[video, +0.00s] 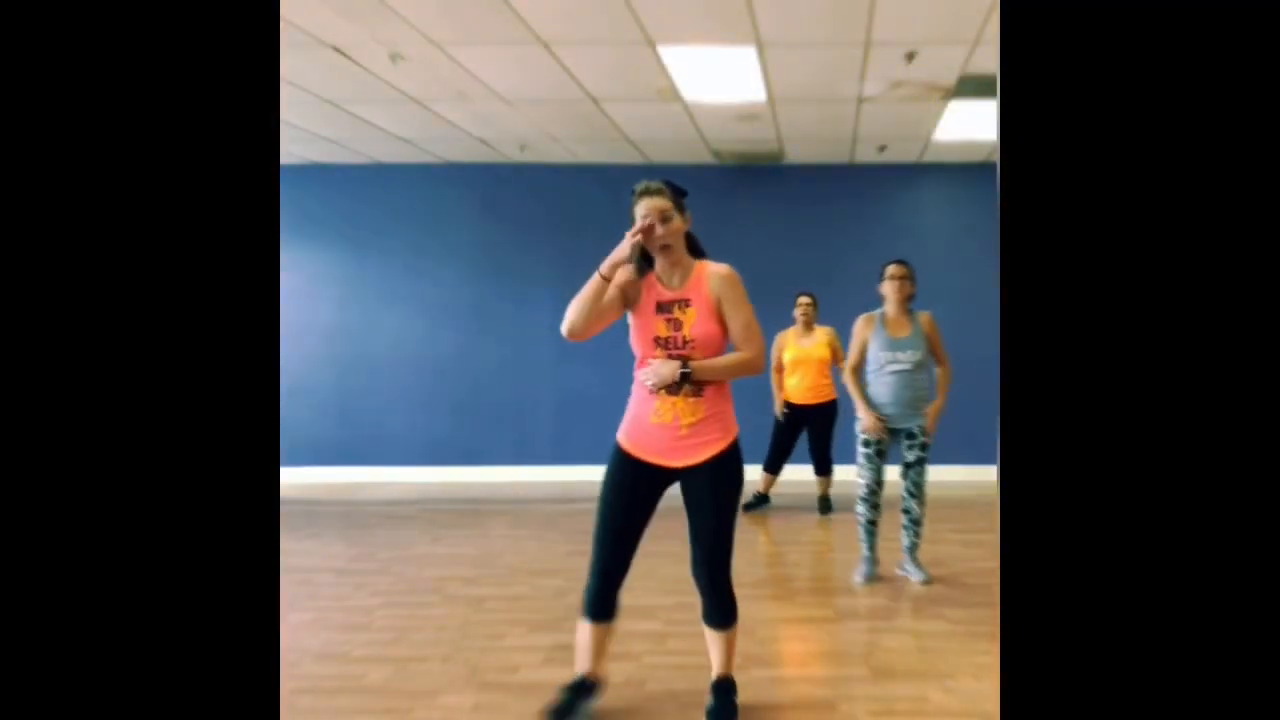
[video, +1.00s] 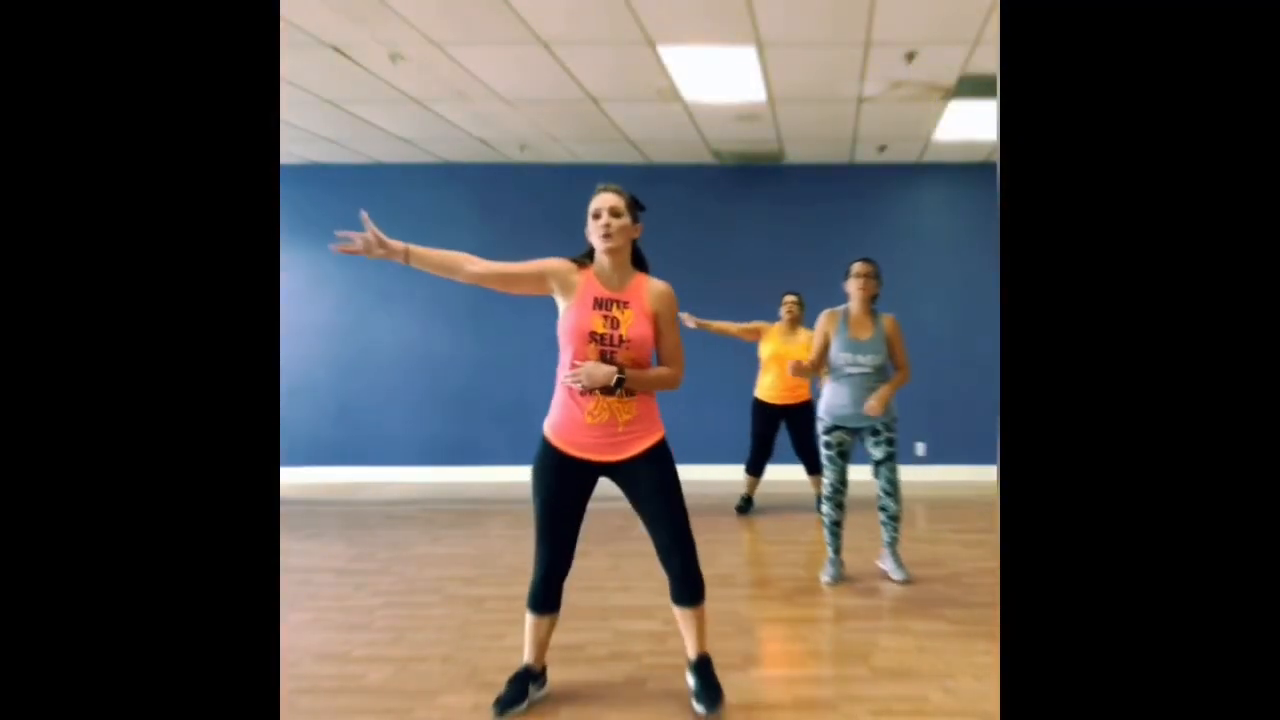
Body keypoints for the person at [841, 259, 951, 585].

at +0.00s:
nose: (897, 284)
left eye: (903, 279)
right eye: (891, 279)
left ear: (913, 286)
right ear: (881, 286)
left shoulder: (924, 322)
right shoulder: (866, 323)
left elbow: (943, 364)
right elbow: (850, 370)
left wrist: (939, 403)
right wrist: (864, 411)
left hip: (915, 419)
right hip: (875, 419)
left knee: (915, 492)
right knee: (869, 491)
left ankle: (910, 558)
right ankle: (868, 558)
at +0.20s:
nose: (900, 285)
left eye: (907, 279)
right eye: (895, 279)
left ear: (916, 288)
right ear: (884, 287)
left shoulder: (927, 325)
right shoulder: (869, 325)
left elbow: (945, 369)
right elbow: (856, 373)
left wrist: (938, 406)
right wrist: (865, 419)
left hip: (918, 423)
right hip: (879, 423)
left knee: (917, 495)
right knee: (877, 494)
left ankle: (911, 557)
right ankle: (879, 557)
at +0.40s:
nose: (899, 284)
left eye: (905, 278)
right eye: (893, 278)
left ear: (914, 286)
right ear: (882, 285)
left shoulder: (926, 324)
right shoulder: (868, 323)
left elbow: (944, 368)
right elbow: (852, 369)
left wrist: (926, 397)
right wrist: (854, 410)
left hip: (916, 420)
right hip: (874, 419)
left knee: (916, 491)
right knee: (865, 488)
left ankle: (910, 557)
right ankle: (861, 553)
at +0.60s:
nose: (890, 285)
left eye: (896, 280)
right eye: (884, 279)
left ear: (905, 288)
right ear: (873, 287)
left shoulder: (915, 325)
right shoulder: (856, 322)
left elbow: (934, 371)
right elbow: (840, 363)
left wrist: (909, 385)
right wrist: (831, 375)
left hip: (909, 421)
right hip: (866, 420)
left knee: (911, 493)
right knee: (856, 491)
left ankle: (909, 558)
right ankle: (836, 559)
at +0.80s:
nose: (873, 284)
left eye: (880, 279)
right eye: (868, 279)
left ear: (889, 288)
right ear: (857, 286)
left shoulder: (898, 327)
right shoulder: (840, 321)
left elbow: (913, 375)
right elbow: (818, 358)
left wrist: (888, 391)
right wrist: (795, 368)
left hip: (890, 422)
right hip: (846, 420)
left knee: (902, 491)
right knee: (842, 492)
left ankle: (908, 557)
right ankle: (835, 559)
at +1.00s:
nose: (862, 282)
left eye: (868, 276)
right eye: (857, 276)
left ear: (878, 286)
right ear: (846, 284)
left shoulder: (887, 325)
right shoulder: (829, 319)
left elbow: (903, 371)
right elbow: (816, 366)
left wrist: (884, 394)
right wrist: (801, 368)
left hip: (876, 417)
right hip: (835, 417)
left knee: (889, 486)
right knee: (833, 489)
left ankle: (890, 554)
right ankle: (833, 558)